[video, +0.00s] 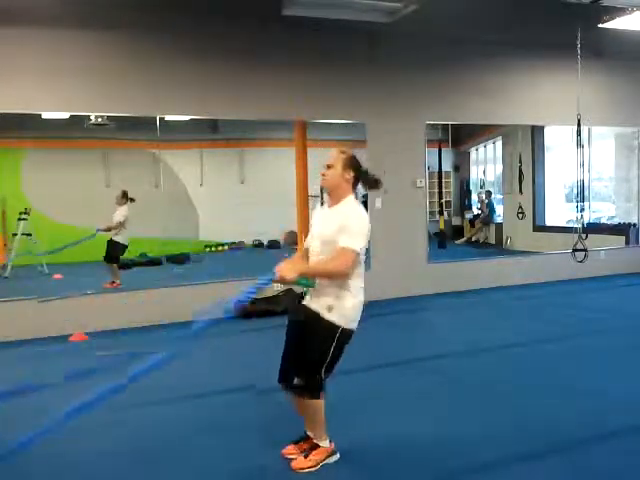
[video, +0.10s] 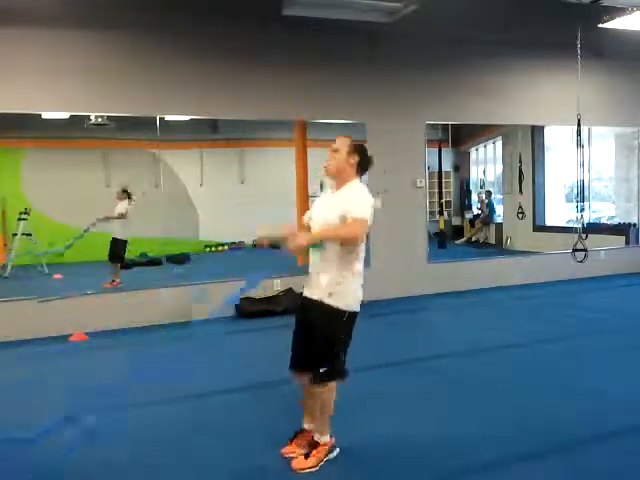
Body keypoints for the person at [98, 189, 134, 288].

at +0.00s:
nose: (116, 199)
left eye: (119, 198)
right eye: (117, 197)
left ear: (123, 200)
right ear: (123, 199)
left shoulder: (123, 211)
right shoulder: (120, 209)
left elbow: (118, 225)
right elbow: (118, 224)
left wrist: (106, 229)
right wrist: (107, 228)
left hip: (120, 239)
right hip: (116, 238)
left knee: (112, 260)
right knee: (109, 260)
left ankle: (117, 280)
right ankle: (115, 280)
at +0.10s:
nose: (117, 195)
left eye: (119, 194)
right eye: (118, 193)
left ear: (124, 195)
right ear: (123, 195)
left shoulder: (124, 205)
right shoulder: (120, 204)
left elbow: (122, 216)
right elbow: (116, 217)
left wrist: (108, 217)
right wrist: (102, 219)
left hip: (121, 236)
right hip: (117, 235)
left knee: (116, 260)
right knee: (114, 259)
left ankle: (116, 279)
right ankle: (115, 279)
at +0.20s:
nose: (118, 189)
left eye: (120, 187)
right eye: (119, 187)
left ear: (124, 189)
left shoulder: (125, 197)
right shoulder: (118, 199)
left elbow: (124, 204)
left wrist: (104, 204)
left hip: (121, 231)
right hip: (115, 230)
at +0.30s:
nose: (114, 190)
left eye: (116, 188)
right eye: (115, 188)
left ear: (119, 189)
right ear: (123, 189)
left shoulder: (123, 197)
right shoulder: (118, 198)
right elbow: (109, 201)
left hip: (120, 230)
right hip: (115, 230)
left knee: (120, 255)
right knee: (115, 254)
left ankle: (120, 276)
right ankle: (116, 274)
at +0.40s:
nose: (108, 197)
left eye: (110, 195)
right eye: (109, 195)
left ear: (114, 195)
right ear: (114, 195)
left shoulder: (119, 205)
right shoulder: (113, 205)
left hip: (121, 234)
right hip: (116, 234)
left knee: (120, 259)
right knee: (116, 259)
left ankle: (122, 280)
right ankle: (118, 278)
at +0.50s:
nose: (108, 201)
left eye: (109, 199)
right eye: (108, 199)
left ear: (113, 200)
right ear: (112, 200)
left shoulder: (116, 210)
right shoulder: (111, 210)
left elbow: (109, 219)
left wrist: (106, 212)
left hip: (119, 237)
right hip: (115, 236)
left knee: (116, 260)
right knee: (110, 260)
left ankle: (122, 280)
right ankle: (116, 279)